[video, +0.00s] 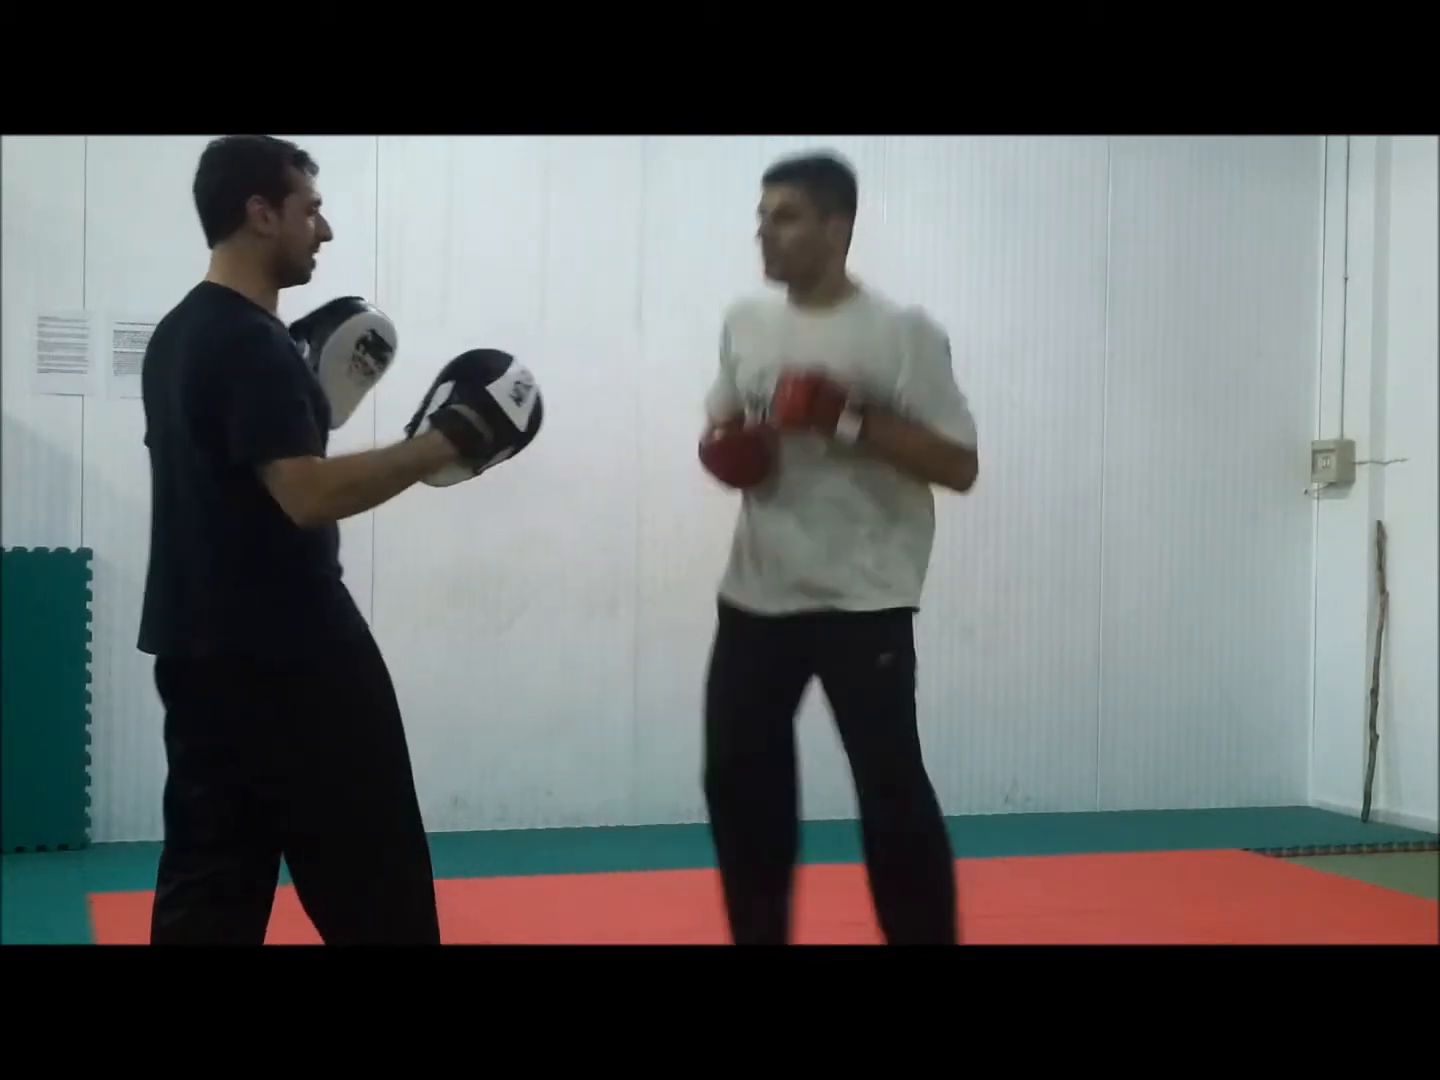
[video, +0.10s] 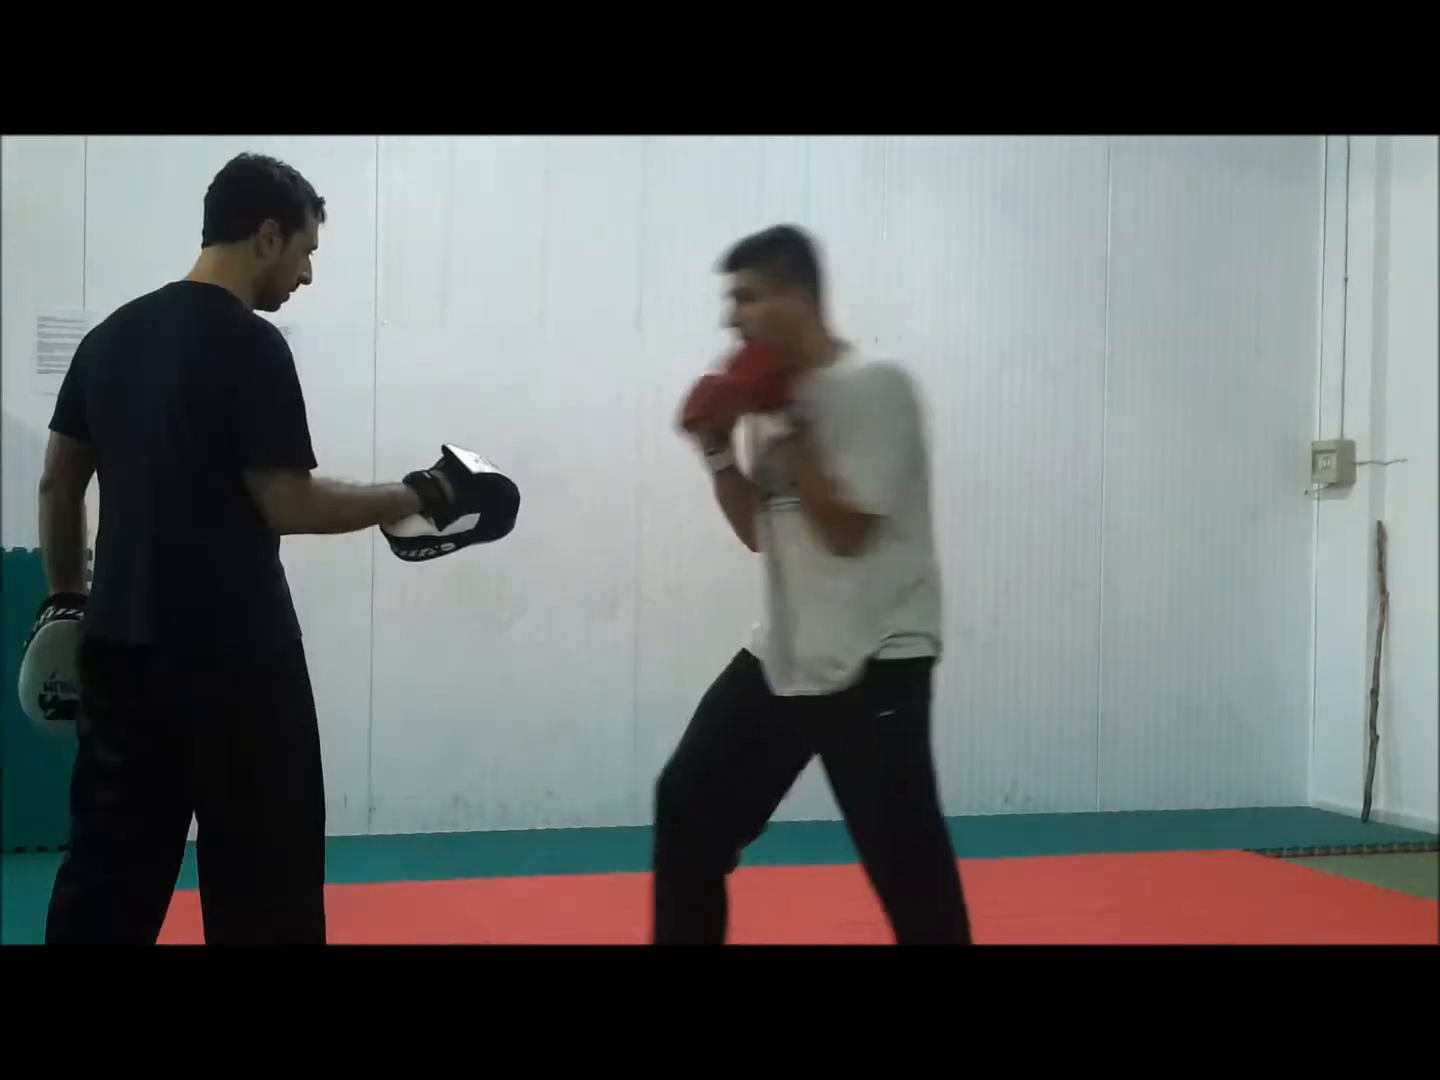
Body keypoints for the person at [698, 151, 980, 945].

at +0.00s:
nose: (765, 231)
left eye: (784, 218)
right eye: (763, 217)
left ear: (838, 226)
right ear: (766, 226)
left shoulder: (906, 335)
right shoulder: (748, 324)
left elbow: (960, 467)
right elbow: (723, 428)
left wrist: (852, 417)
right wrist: (730, 453)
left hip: (866, 605)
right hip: (759, 602)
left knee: (892, 794)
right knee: (740, 791)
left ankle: (924, 939)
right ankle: (758, 939)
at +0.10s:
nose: (735, 317)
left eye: (750, 298)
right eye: (731, 300)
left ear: (803, 296)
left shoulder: (876, 387)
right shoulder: (770, 396)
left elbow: (849, 535)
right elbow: (758, 533)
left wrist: (796, 439)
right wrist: (718, 453)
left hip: (877, 661)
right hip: (789, 654)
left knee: (907, 862)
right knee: (689, 806)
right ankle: (686, 945)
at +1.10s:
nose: (538, 327)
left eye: (550, 305)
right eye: (533, 311)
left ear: (605, 296)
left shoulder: (687, 369)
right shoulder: (598, 405)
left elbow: (711, 506)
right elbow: (632, 539)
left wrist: (606, 438)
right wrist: (564, 518)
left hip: (749, 640)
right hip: (652, 657)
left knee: (824, 829)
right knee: (605, 844)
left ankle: (897, 941)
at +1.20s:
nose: (601, 314)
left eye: (616, 295)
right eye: (599, 299)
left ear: (668, 291)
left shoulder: (747, 376)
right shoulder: (648, 398)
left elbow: (756, 519)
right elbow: (657, 530)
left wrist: (679, 449)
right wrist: (600, 478)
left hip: (775, 659)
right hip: (677, 666)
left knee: (844, 841)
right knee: (614, 868)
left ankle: (916, 944)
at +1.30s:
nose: (654, 313)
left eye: (670, 294)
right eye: (652, 297)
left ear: (721, 294)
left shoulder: (798, 385)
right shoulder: (683, 401)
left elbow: (799, 528)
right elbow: (682, 533)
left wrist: (714, 454)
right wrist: (636, 487)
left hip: (802, 669)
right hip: (698, 674)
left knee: (864, 856)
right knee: (621, 874)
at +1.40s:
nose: (720, 304)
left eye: (737, 287)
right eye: (719, 288)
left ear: (792, 289)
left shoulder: (864, 387)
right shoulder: (739, 396)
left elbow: (862, 531)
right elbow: (723, 533)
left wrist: (775, 442)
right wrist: (686, 478)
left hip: (850, 669)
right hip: (742, 673)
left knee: (894, 862)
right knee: (653, 850)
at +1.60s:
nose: (783, 290)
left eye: (801, 273)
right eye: (782, 273)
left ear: (859, 277)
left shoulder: (924, 377)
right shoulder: (784, 378)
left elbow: (903, 520)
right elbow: (748, 512)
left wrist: (840, 411)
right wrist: (749, 424)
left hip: (890, 651)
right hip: (782, 650)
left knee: (917, 839)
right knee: (717, 819)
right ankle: (710, 945)